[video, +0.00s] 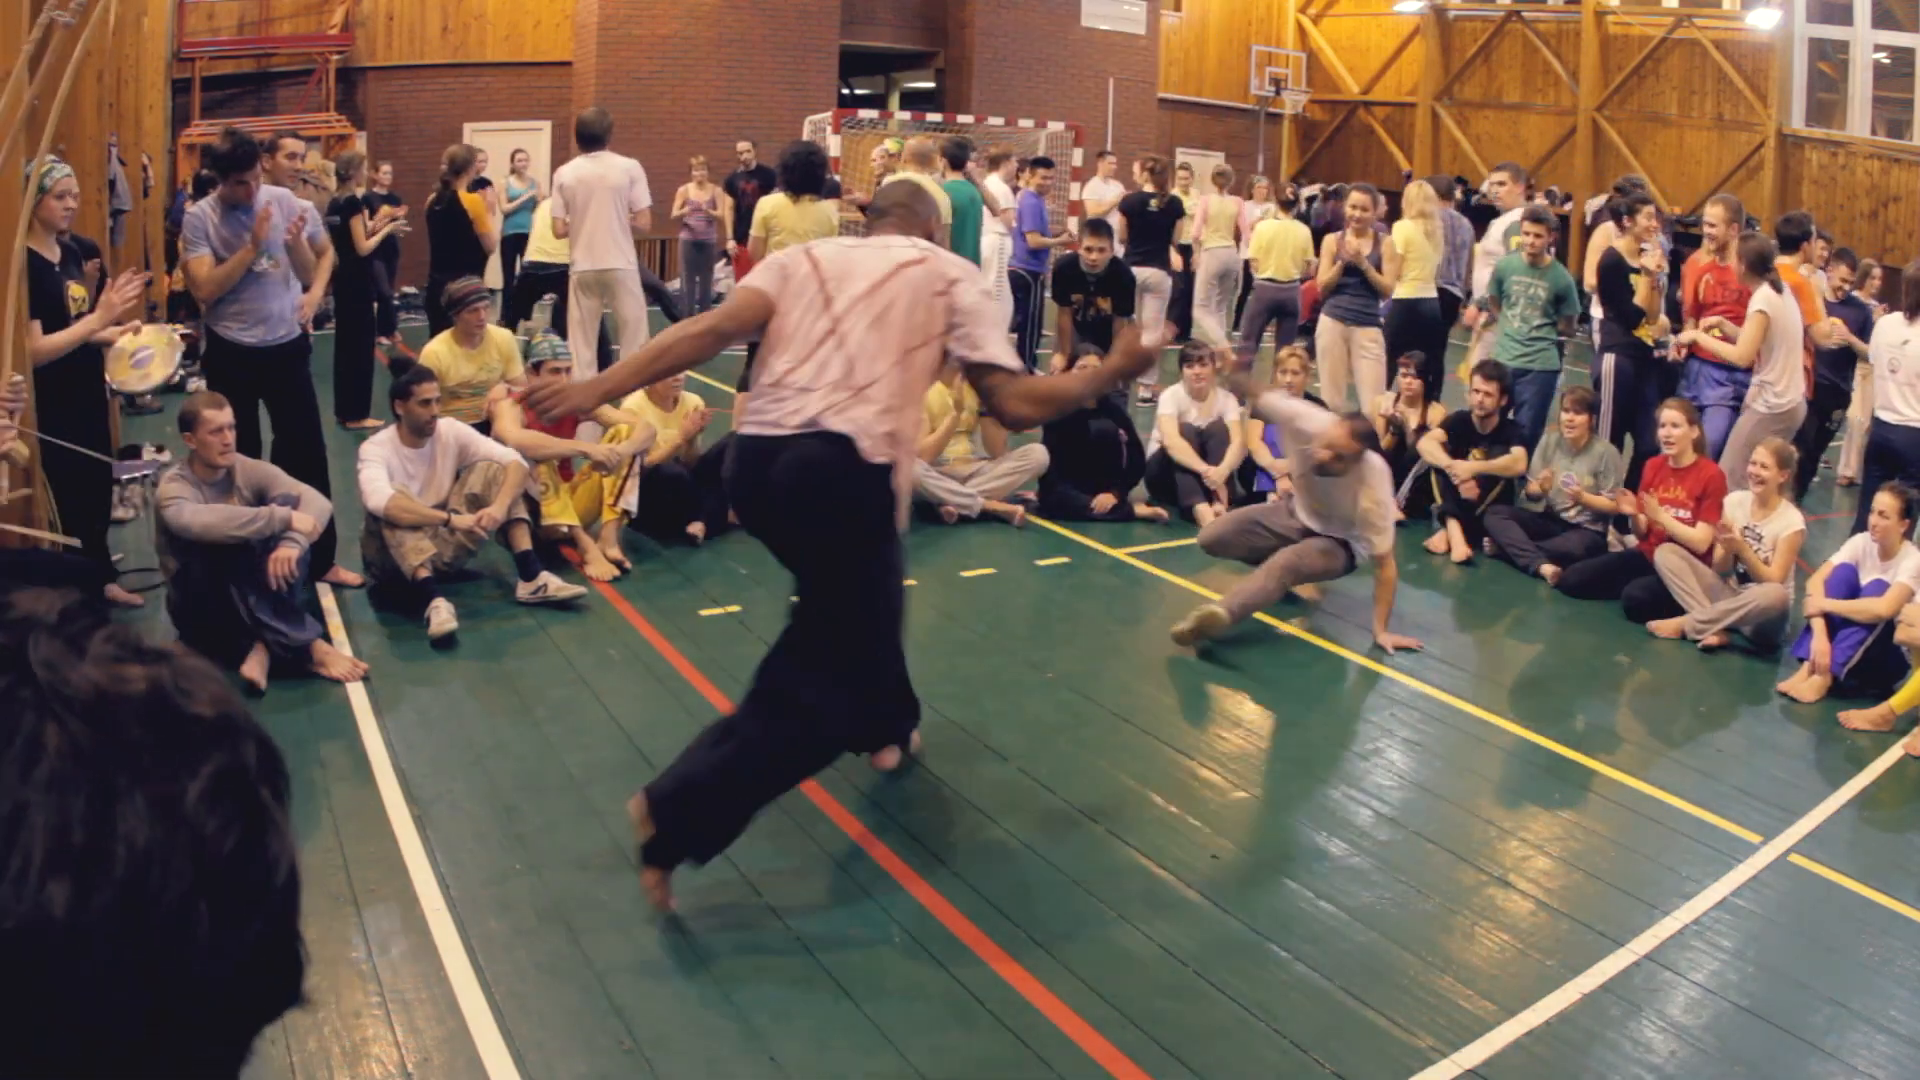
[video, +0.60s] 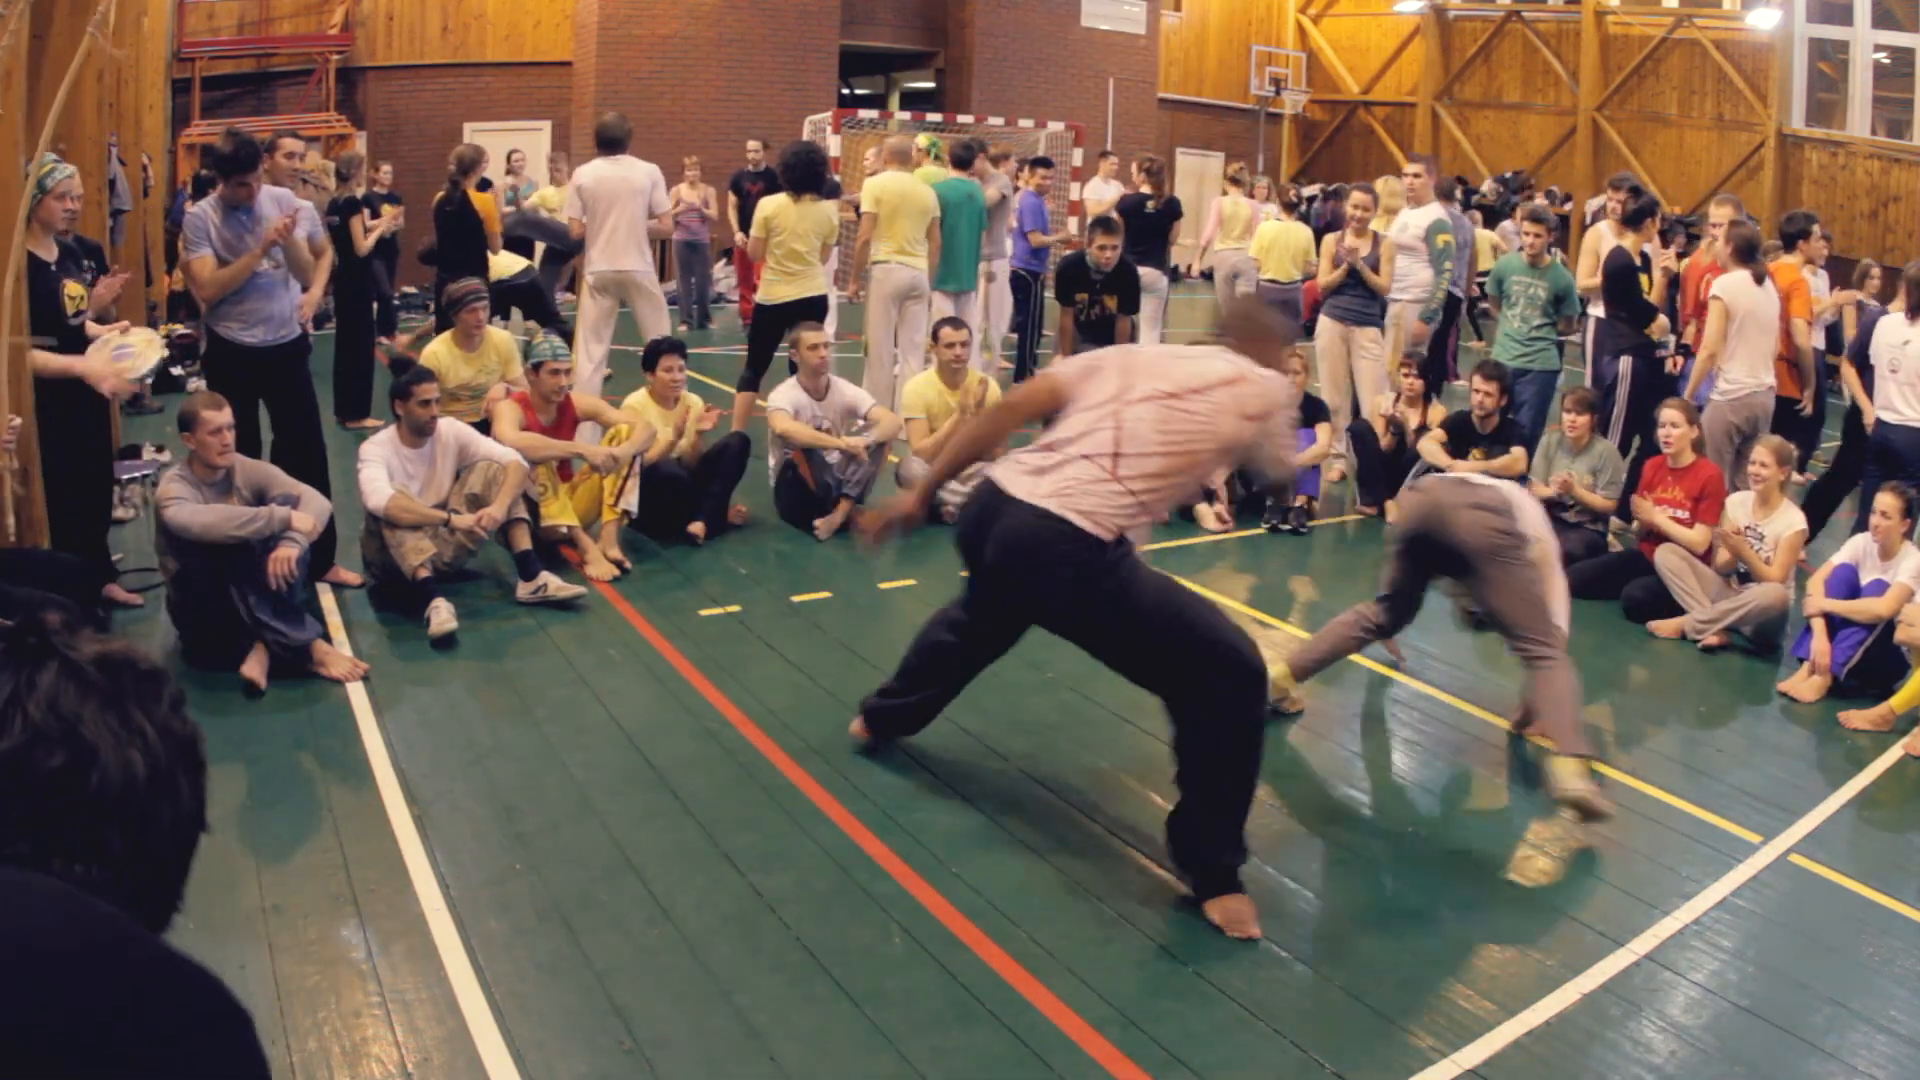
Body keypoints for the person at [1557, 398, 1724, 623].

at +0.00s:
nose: (1666, 433)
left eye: (1675, 426)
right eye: (1662, 426)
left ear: (1695, 431)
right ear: (1656, 431)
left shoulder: (1711, 475)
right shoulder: (1653, 466)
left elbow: (1701, 543)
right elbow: (1642, 532)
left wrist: (1660, 516)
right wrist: (1634, 514)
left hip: (1684, 566)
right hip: (1647, 555)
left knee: (1635, 601)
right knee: (1570, 582)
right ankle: (1637, 582)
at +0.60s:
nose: (1666, 433)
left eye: (1675, 426)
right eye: (1661, 426)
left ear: (1694, 431)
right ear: (1656, 430)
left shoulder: (1710, 475)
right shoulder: (1652, 466)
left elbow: (1699, 544)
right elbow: (1637, 530)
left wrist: (1654, 517)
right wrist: (1645, 517)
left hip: (1682, 565)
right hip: (1645, 555)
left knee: (1635, 600)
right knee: (1572, 580)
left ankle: (1692, 603)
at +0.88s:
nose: (1664, 433)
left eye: (1673, 426)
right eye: (1659, 426)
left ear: (1689, 431)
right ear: (1653, 431)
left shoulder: (1708, 474)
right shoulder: (1648, 467)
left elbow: (1698, 538)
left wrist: (1652, 517)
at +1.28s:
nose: (1665, 434)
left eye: (1674, 426)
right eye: (1660, 426)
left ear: (1690, 431)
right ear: (1653, 431)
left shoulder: (1709, 474)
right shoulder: (1647, 468)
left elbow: (1699, 541)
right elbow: (1631, 519)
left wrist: (1654, 521)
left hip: (1693, 564)